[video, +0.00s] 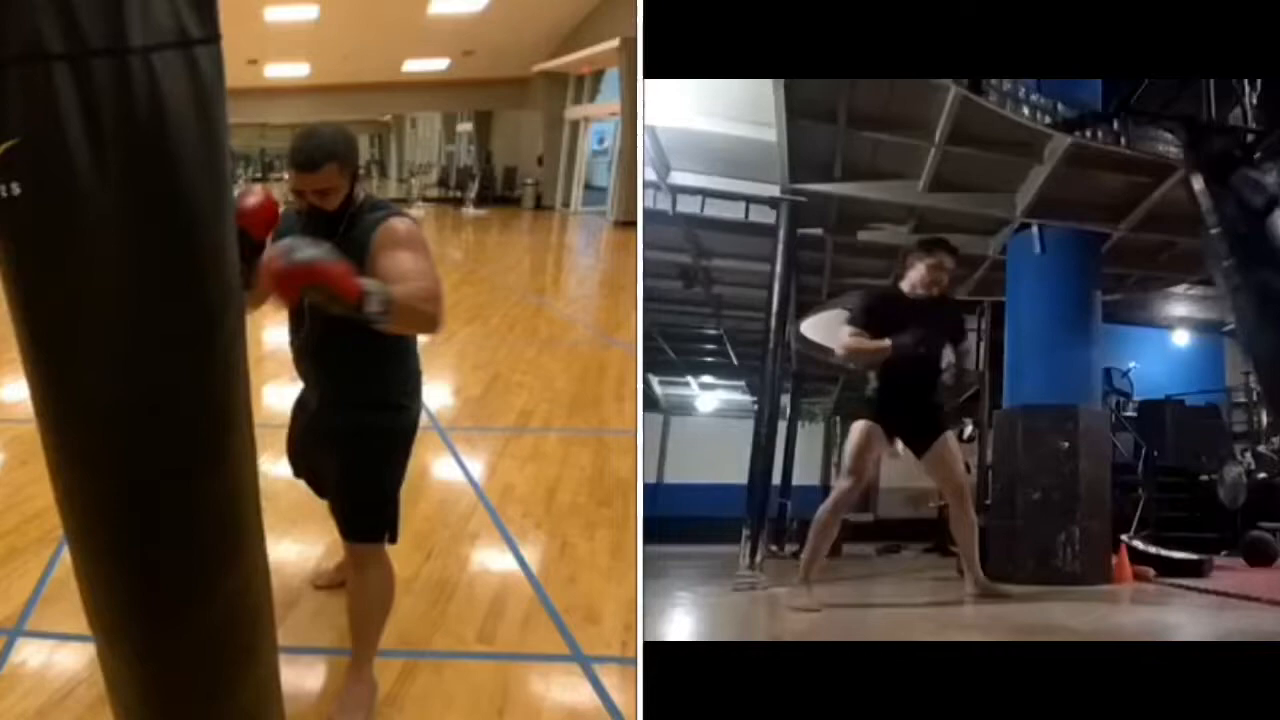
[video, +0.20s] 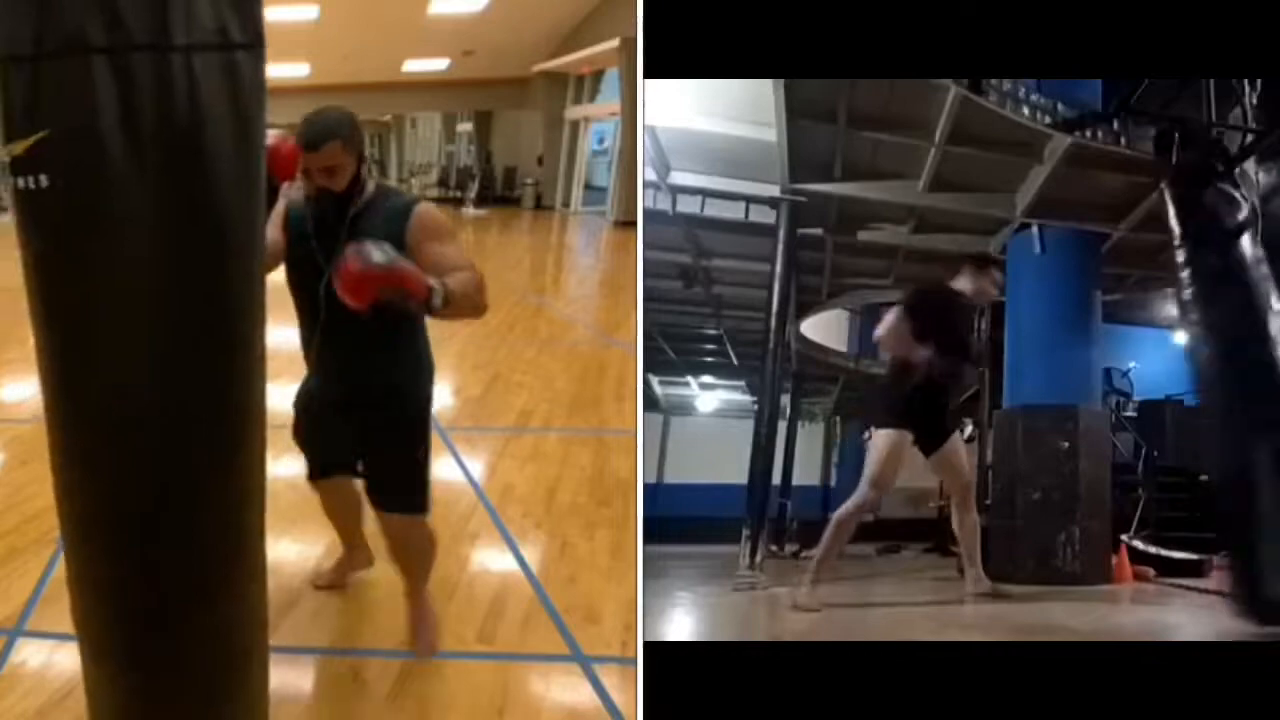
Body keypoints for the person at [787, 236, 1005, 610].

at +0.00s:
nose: (940, 277)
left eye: (947, 272)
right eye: (934, 267)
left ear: (951, 277)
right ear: (912, 264)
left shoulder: (948, 312)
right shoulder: (881, 300)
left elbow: (964, 362)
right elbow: (846, 345)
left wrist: (958, 384)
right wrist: (893, 345)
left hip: (924, 409)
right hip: (880, 406)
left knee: (959, 490)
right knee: (848, 487)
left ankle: (975, 580)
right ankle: (802, 580)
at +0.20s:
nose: (995, 294)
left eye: (997, 288)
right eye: (992, 285)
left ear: (977, 282)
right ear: (972, 276)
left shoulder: (965, 316)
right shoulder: (932, 297)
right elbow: (887, 334)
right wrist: (922, 356)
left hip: (934, 411)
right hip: (898, 404)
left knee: (963, 488)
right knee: (869, 495)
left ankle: (975, 578)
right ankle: (808, 581)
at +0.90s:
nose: (957, 248)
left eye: (963, 241)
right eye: (951, 237)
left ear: (968, 248)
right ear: (931, 237)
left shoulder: (960, 289)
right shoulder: (895, 270)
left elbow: (962, 334)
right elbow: (855, 310)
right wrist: (888, 316)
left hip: (930, 387)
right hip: (883, 382)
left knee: (959, 474)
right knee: (868, 462)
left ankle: (969, 569)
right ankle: (845, 577)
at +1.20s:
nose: (925, 254)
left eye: (929, 247)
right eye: (921, 243)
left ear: (919, 249)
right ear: (896, 236)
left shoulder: (904, 285)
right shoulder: (855, 263)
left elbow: (888, 338)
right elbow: (824, 310)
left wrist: (914, 352)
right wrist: (877, 315)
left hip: (878, 386)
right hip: (836, 381)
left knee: (934, 460)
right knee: (811, 479)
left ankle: (901, 554)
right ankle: (771, 588)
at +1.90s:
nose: (916, 251)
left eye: (923, 247)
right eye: (912, 240)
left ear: (925, 254)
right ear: (891, 235)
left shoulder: (913, 288)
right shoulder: (850, 266)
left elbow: (934, 341)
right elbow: (838, 308)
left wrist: (929, 294)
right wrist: (885, 277)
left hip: (890, 395)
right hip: (843, 390)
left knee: (904, 489)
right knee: (812, 480)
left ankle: (905, 584)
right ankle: (780, 583)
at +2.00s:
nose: (905, 248)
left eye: (913, 244)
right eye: (900, 238)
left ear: (915, 254)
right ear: (878, 237)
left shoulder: (903, 290)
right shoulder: (843, 270)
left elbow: (920, 343)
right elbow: (834, 319)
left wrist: (924, 309)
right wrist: (887, 292)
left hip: (888, 391)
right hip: (840, 388)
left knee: (936, 474)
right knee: (810, 482)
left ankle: (925, 567)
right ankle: (781, 583)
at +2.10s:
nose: (906, 249)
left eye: (914, 245)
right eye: (902, 239)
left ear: (917, 253)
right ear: (879, 237)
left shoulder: (907, 285)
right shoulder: (844, 270)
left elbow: (925, 337)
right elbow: (829, 322)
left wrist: (921, 290)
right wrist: (878, 287)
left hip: (889, 390)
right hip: (841, 388)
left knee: (937, 469)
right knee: (811, 480)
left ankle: (943, 566)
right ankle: (781, 582)